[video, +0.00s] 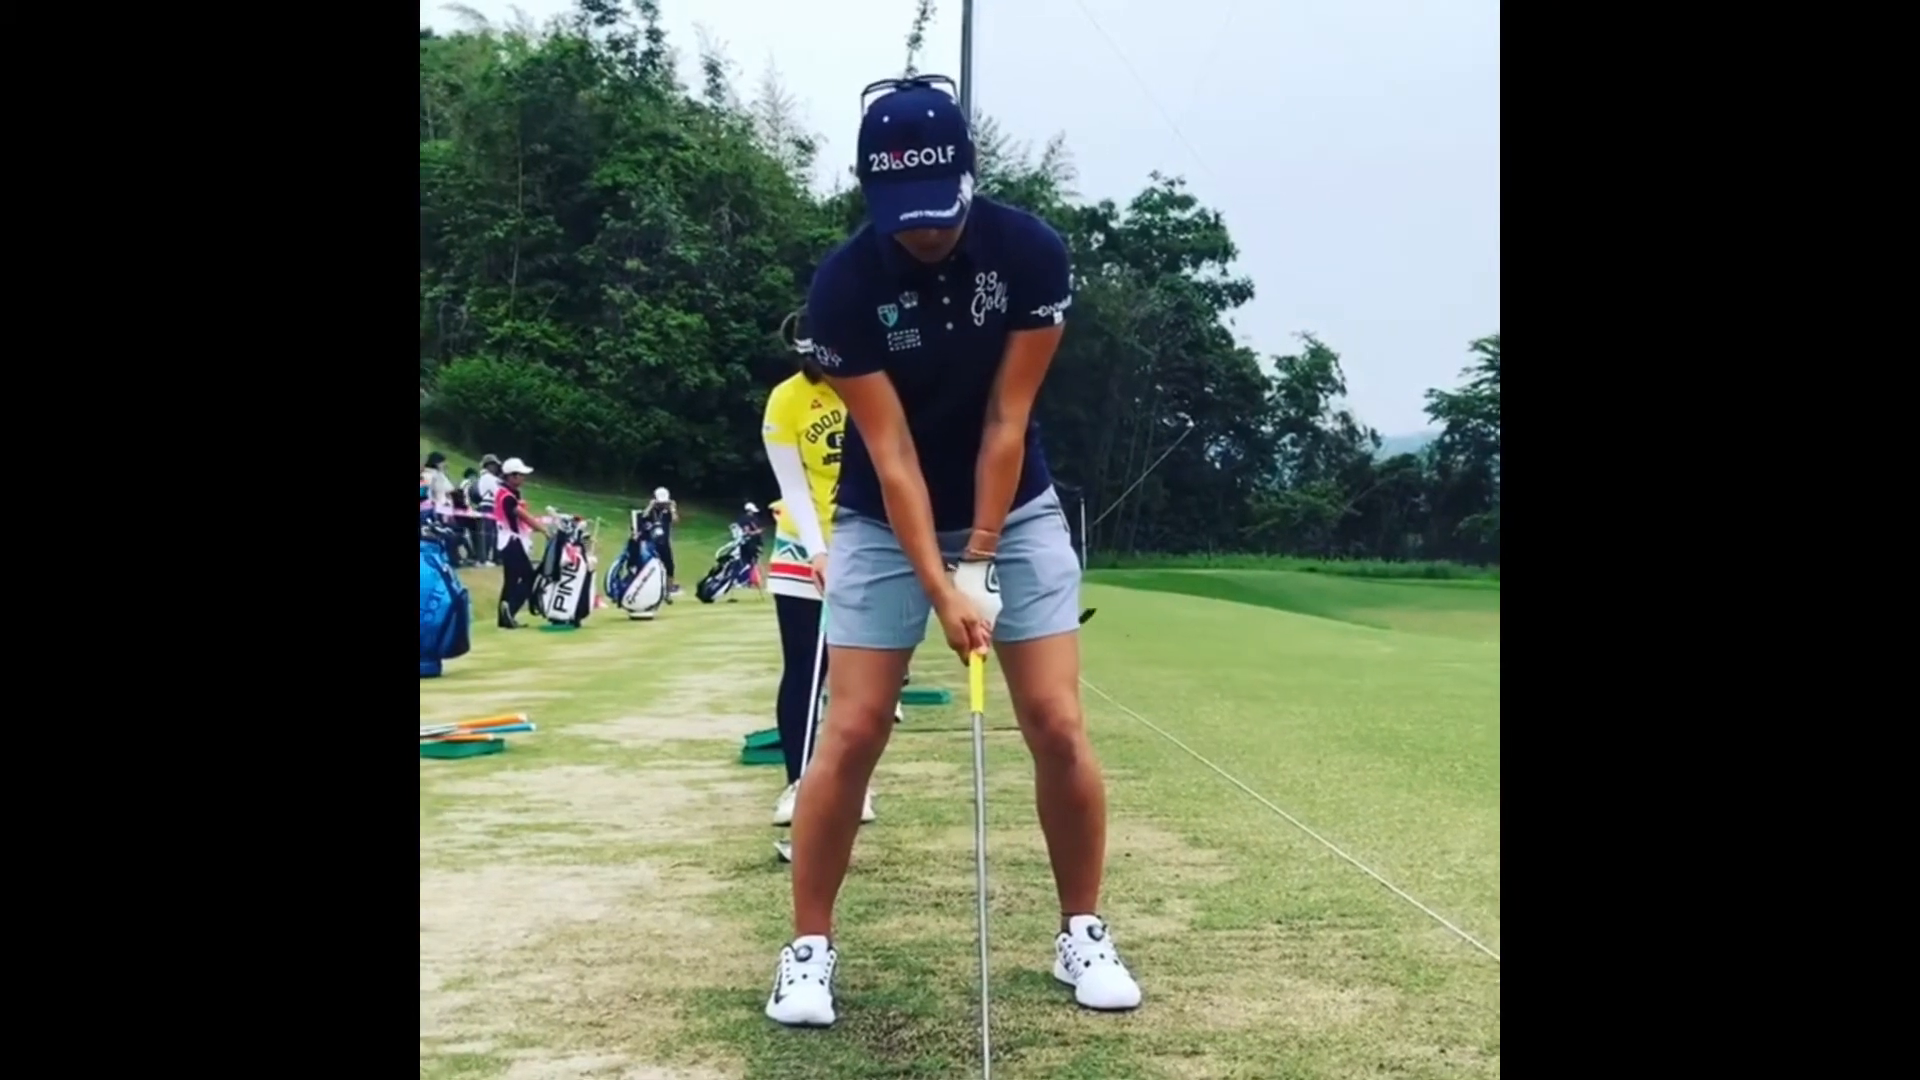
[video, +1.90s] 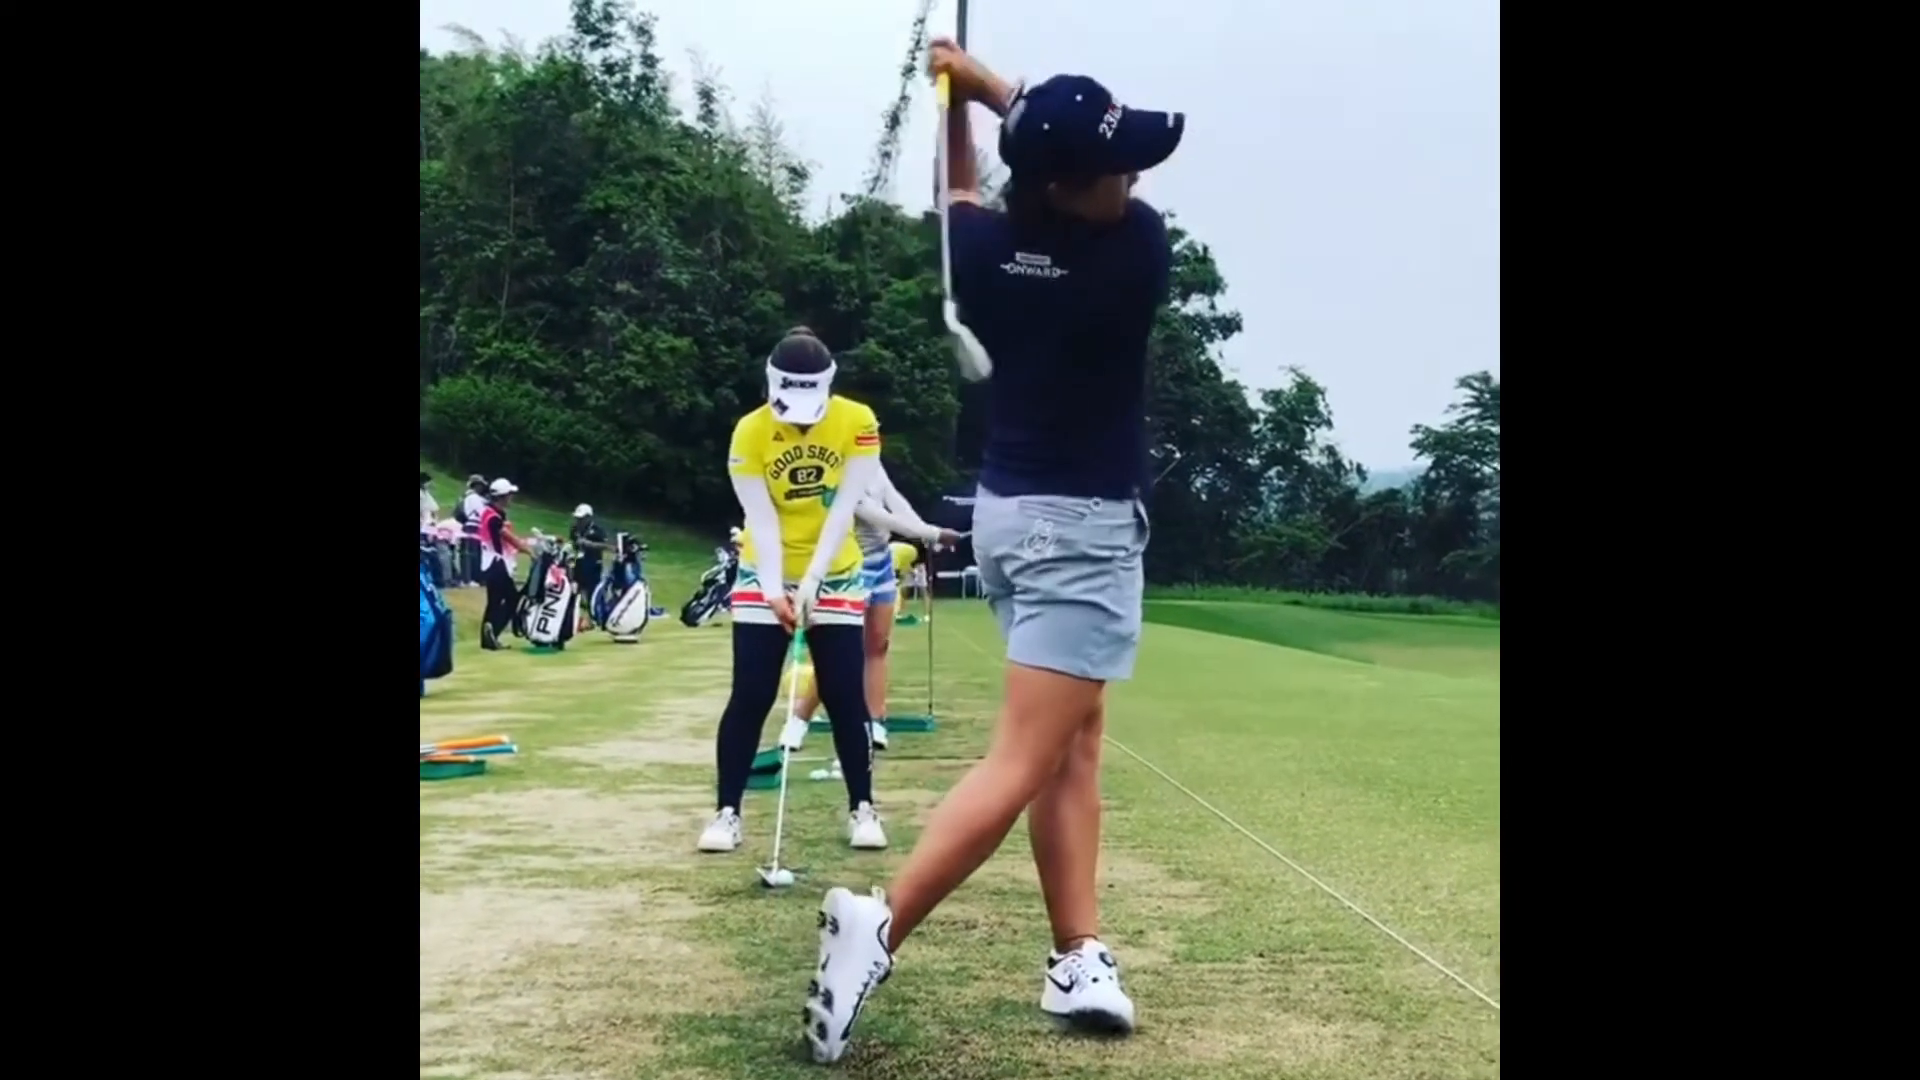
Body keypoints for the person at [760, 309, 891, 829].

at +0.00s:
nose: (824, 361)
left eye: (832, 350)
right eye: (816, 351)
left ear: (849, 346)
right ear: (804, 350)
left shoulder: (872, 394)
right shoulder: (787, 399)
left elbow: (883, 479)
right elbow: (792, 485)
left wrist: (872, 547)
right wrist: (816, 548)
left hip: (861, 557)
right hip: (801, 558)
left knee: (867, 683)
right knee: (805, 674)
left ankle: (858, 780)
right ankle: (800, 781)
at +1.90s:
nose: (798, 412)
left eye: (809, 401)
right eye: (788, 400)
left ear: (827, 385)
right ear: (772, 385)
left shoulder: (857, 421)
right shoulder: (749, 435)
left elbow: (846, 504)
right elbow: (761, 521)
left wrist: (811, 577)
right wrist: (772, 585)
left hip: (836, 575)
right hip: (762, 574)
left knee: (845, 697)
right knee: (750, 695)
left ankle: (863, 808)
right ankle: (727, 813)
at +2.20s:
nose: (801, 420)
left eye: (811, 410)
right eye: (791, 408)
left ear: (832, 393)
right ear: (776, 393)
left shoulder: (863, 428)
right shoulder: (755, 441)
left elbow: (847, 511)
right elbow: (766, 526)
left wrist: (809, 580)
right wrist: (774, 591)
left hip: (837, 578)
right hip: (765, 575)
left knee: (839, 695)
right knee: (748, 694)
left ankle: (854, 813)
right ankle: (717, 814)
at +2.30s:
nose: (798, 421)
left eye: (809, 411)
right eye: (789, 409)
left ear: (829, 395)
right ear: (774, 394)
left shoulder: (860, 430)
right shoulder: (751, 442)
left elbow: (843, 512)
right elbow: (763, 527)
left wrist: (806, 582)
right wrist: (774, 594)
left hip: (833, 581)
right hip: (762, 579)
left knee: (837, 699)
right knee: (744, 698)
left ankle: (851, 814)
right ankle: (713, 816)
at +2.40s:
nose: (793, 423)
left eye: (803, 412)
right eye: (783, 411)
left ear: (823, 396)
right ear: (767, 396)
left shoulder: (853, 433)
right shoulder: (744, 443)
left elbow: (836, 514)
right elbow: (757, 527)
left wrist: (800, 585)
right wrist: (770, 595)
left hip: (826, 584)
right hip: (754, 581)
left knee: (832, 701)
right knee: (739, 700)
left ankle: (850, 815)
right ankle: (711, 819)